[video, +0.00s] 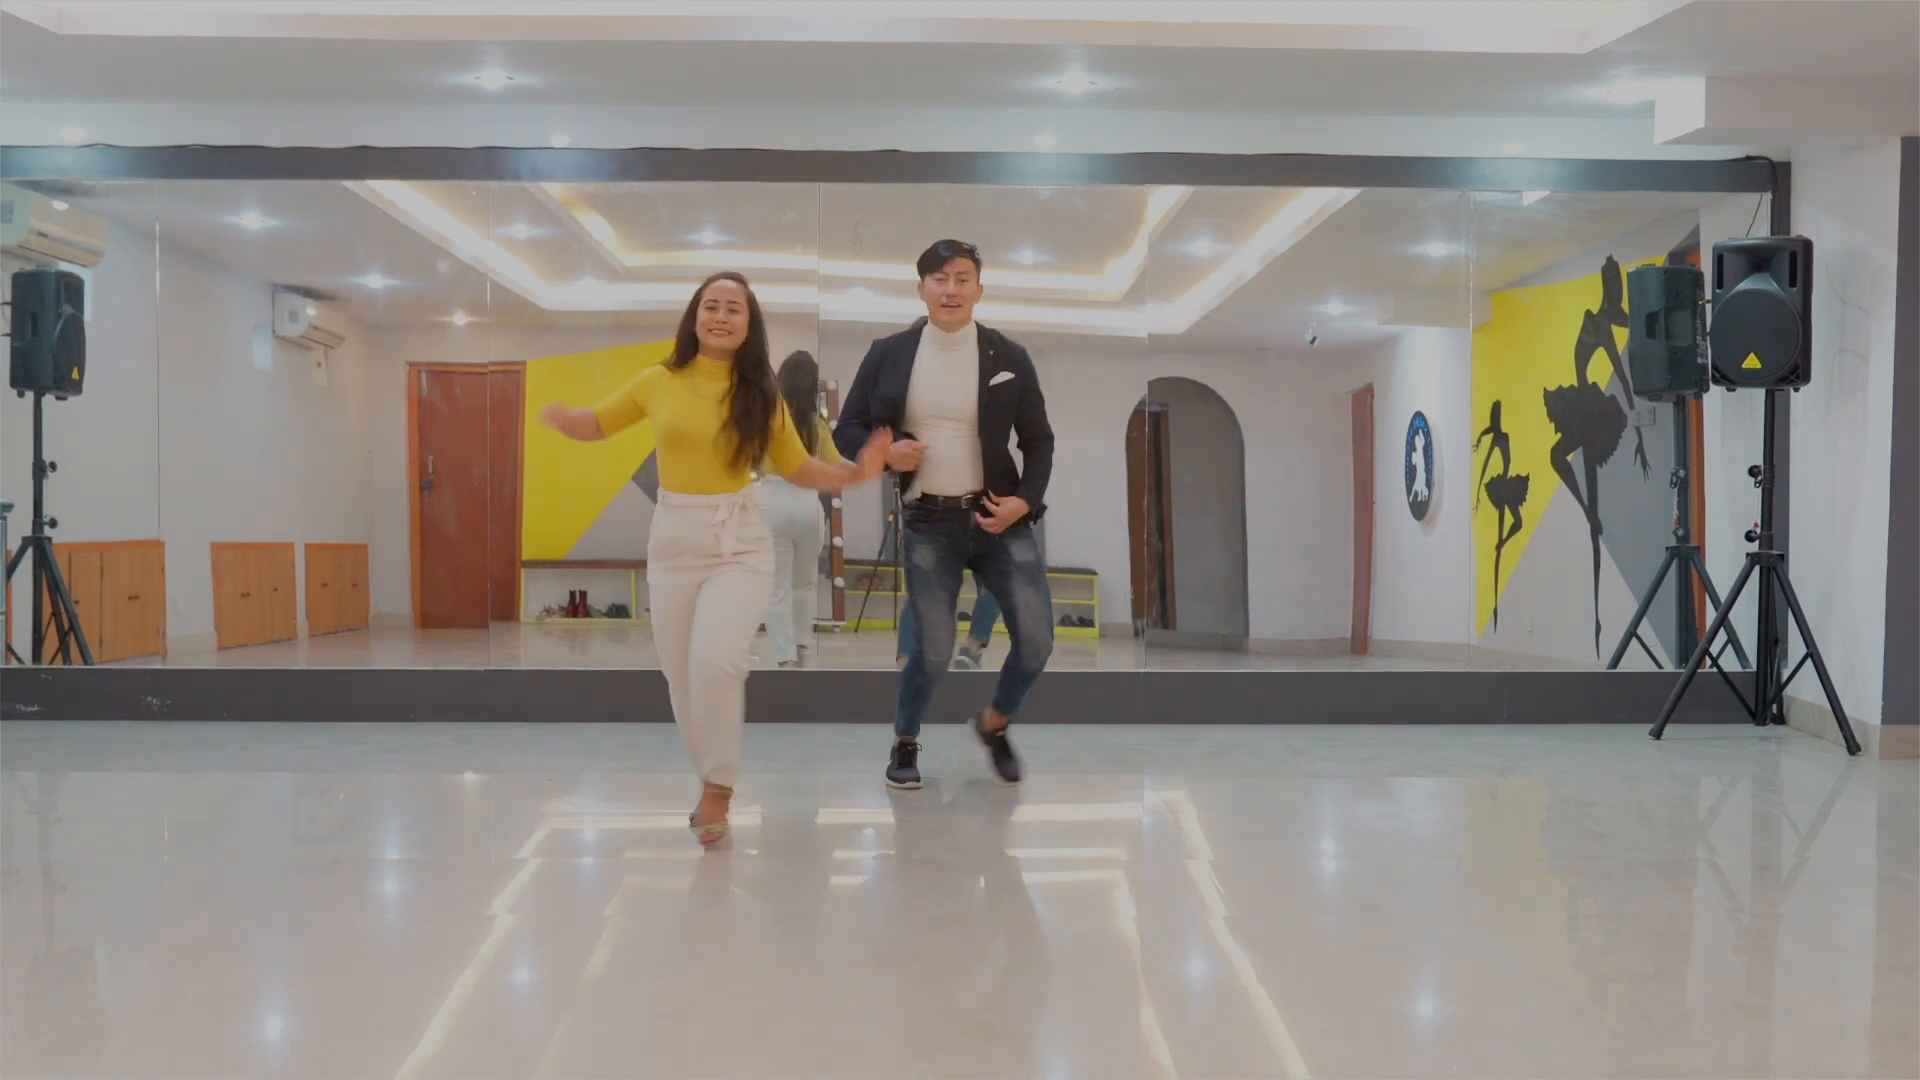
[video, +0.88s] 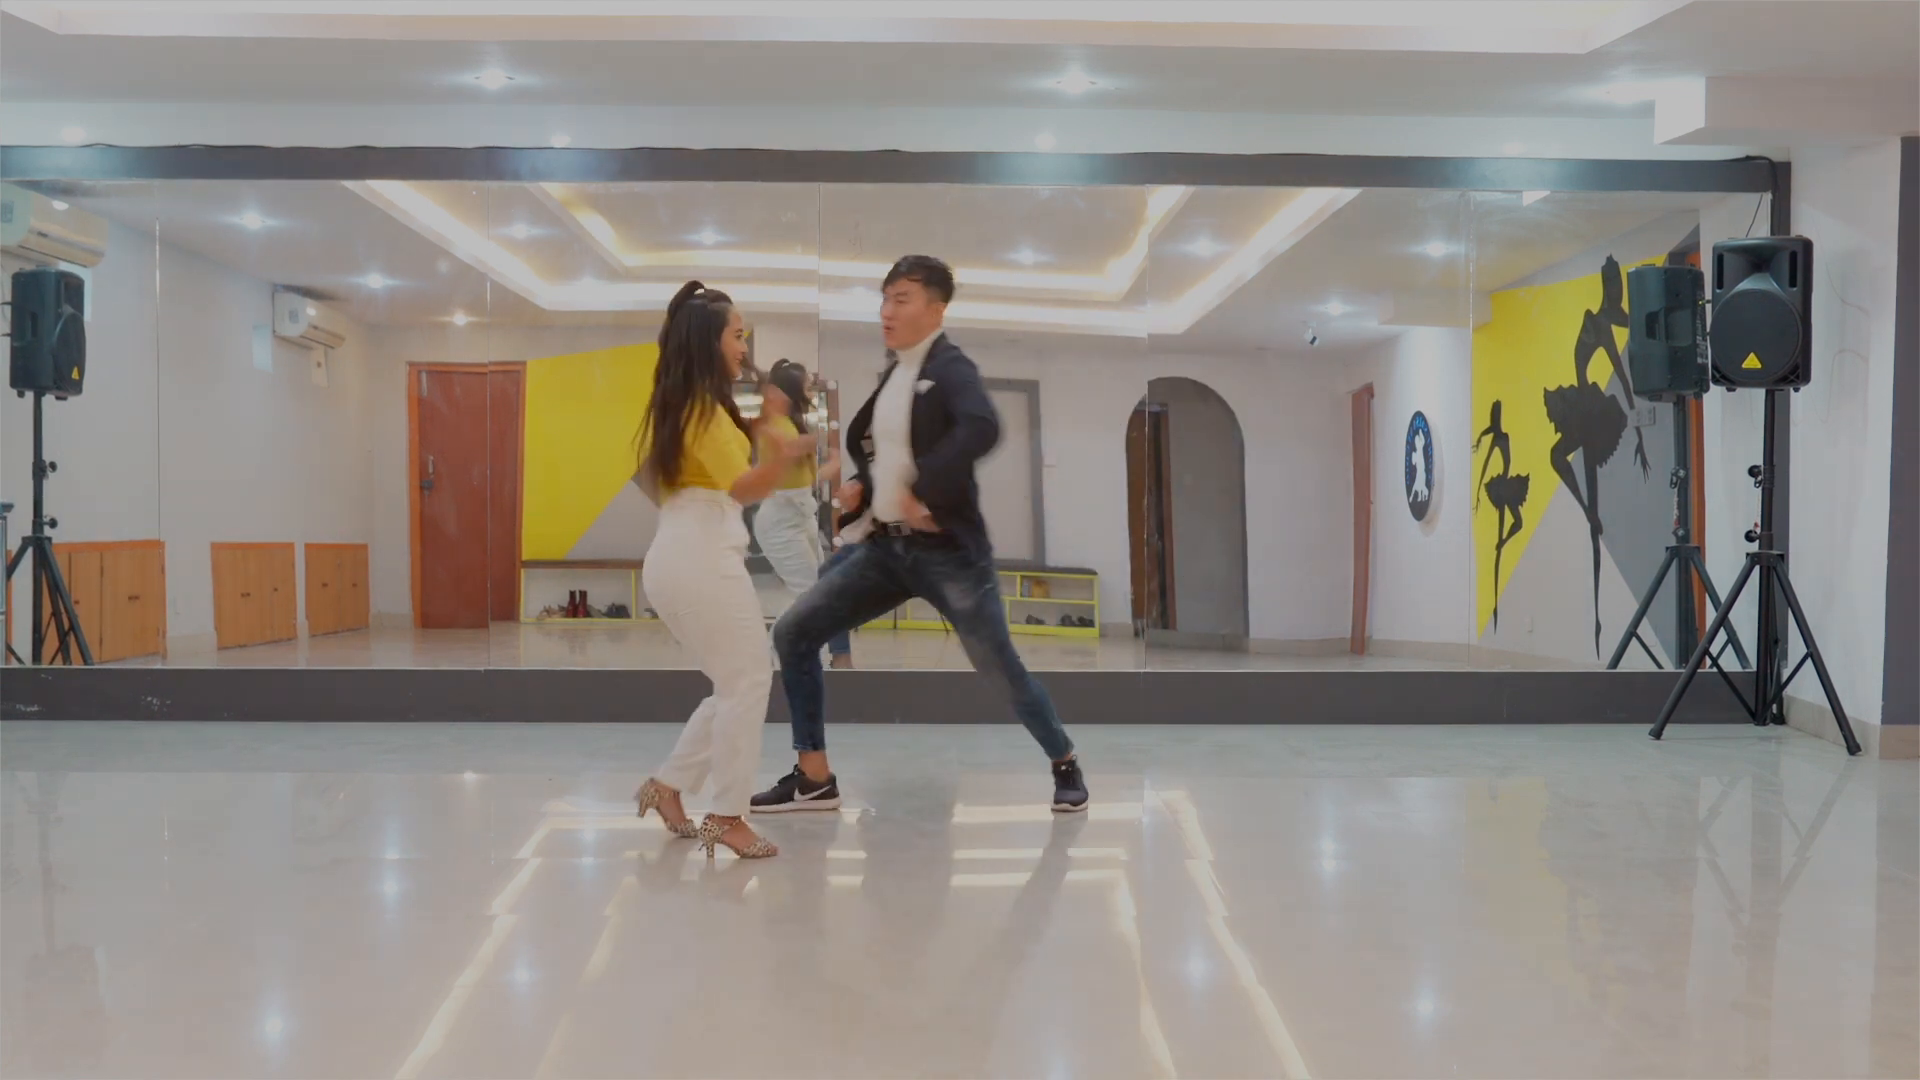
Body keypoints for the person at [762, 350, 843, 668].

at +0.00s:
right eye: (813, 377)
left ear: (781, 379)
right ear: (814, 382)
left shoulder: (768, 414)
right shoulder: (816, 421)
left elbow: (751, 462)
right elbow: (835, 463)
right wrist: (855, 471)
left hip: (770, 497)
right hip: (807, 499)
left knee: (778, 587)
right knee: (806, 582)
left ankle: (784, 657)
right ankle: (802, 644)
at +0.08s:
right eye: (810, 378)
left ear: (779, 381)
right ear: (812, 383)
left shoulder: (765, 416)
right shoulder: (816, 422)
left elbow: (751, 463)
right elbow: (830, 461)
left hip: (767, 498)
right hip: (806, 500)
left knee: (776, 586)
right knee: (799, 582)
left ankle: (784, 653)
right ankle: (781, 643)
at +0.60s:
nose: (809, 387)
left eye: (808, 380)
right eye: (804, 381)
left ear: (781, 385)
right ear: (787, 384)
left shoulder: (778, 422)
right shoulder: (784, 424)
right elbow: (800, 470)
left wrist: (822, 460)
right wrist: (831, 467)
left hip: (789, 510)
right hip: (776, 509)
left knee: (819, 581)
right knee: (783, 590)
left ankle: (812, 652)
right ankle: (760, 665)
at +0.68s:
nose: (812, 388)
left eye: (812, 382)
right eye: (807, 382)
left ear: (790, 387)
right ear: (790, 385)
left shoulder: (797, 421)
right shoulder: (776, 423)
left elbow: (803, 463)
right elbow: (781, 467)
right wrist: (808, 443)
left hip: (800, 515)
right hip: (777, 516)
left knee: (819, 584)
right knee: (791, 588)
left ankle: (814, 663)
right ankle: (758, 662)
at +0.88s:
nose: (764, 397)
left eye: (769, 392)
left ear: (781, 395)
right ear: (784, 394)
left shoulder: (793, 426)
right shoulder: (773, 423)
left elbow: (808, 477)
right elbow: (786, 448)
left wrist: (837, 462)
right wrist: (821, 438)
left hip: (803, 513)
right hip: (780, 514)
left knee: (817, 588)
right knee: (809, 591)